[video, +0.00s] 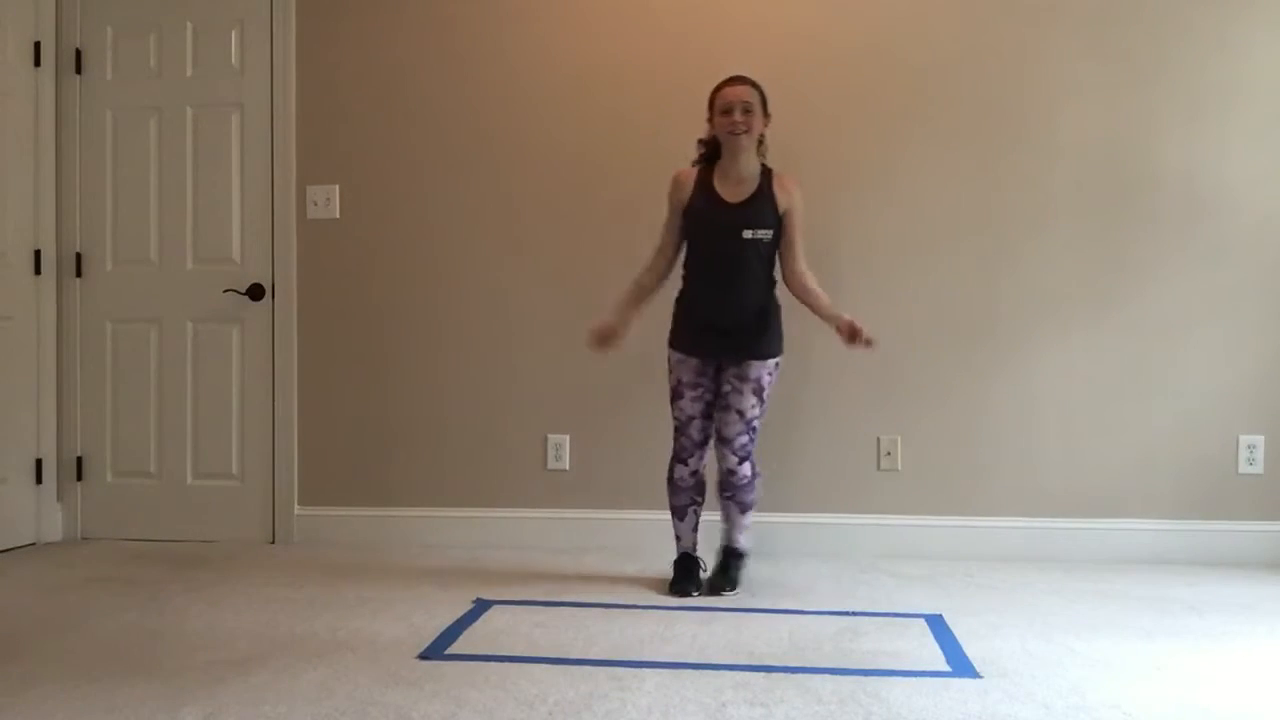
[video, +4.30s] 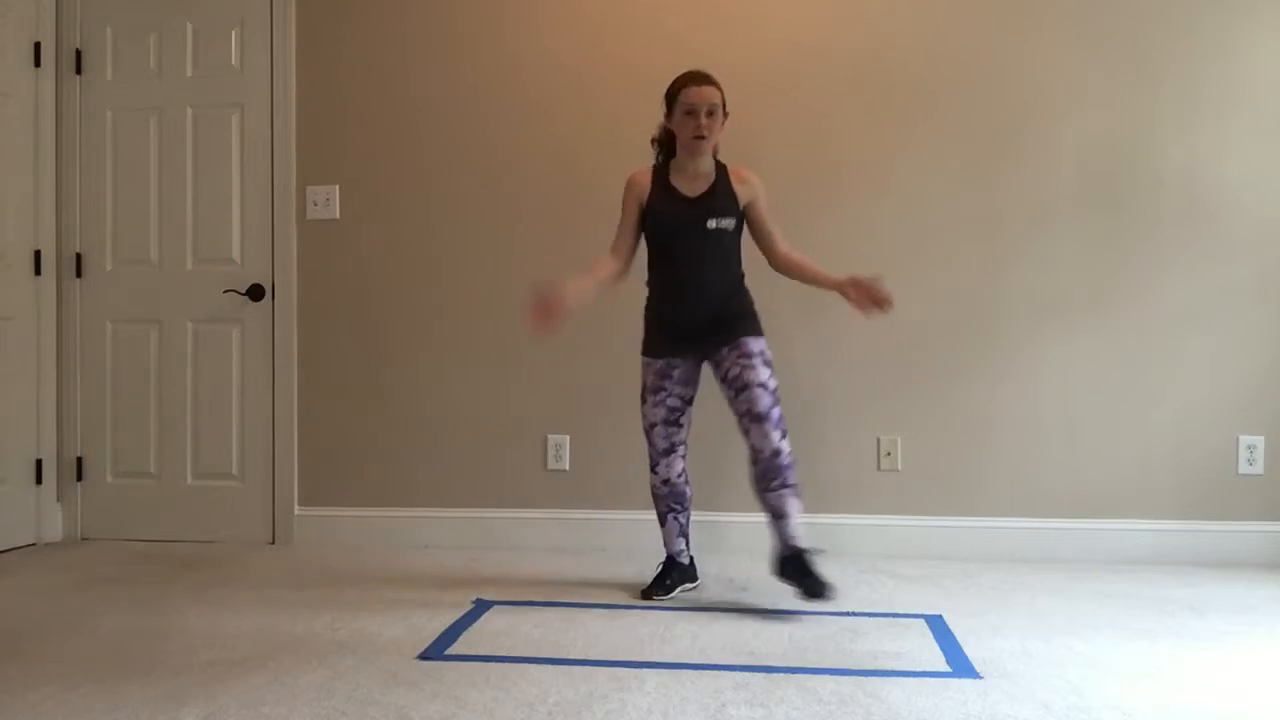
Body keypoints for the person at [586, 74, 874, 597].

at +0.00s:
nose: (736, 118)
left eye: (747, 110)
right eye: (726, 110)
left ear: (764, 121)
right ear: (711, 122)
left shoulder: (781, 189)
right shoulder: (688, 182)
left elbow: (795, 273)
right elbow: (661, 261)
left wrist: (837, 319)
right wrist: (620, 318)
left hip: (754, 342)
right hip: (692, 337)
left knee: (735, 451)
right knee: (688, 449)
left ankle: (733, 551)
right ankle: (685, 556)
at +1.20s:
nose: (716, 132)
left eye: (726, 123)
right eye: (705, 123)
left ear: (739, 130)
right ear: (688, 132)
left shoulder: (756, 197)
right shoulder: (664, 191)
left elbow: (781, 269)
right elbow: (632, 253)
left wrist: (804, 322)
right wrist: (606, 275)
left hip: (736, 343)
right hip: (676, 341)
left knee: (727, 450)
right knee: (679, 449)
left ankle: (723, 555)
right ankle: (686, 557)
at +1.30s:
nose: (726, 133)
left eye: (731, 123)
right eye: (712, 127)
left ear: (740, 129)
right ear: (688, 138)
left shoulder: (754, 193)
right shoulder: (664, 192)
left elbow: (780, 260)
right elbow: (622, 252)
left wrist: (828, 251)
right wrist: (573, 209)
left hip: (737, 341)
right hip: (677, 340)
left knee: (729, 450)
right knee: (680, 449)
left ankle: (724, 556)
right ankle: (686, 557)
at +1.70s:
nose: (713, 140)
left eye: (719, 129)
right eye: (700, 133)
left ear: (727, 129)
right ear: (677, 141)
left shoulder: (749, 184)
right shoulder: (658, 195)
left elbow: (817, 210)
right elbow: (595, 235)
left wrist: (794, 250)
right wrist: (625, 266)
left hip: (738, 340)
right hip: (678, 341)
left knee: (728, 451)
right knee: (681, 450)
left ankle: (724, 556)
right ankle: (686, 558)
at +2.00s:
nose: (705, 129)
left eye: (713, 119)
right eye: (693, 121)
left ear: (724, 125)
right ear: (674, 130)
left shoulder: (750, 188)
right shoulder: (656, 192)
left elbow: (762, 265)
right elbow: (646, 268)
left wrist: (774, 333)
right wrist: (628, 333)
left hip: (736, 344)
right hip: (675, 343)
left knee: (728, 451)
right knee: (680, 451)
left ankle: (724, 555)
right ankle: (686, 557)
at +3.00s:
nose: (702, 131)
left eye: (710, 123)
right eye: (690, 123)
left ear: (721, 129)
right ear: (670, 131)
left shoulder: (739, 192)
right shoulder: (647, 190)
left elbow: (770, 252)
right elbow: (630, 263)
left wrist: (811, 282)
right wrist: (604, 308)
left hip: (723, 341)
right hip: (664, 341)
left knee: (721, 448)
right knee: (672, 450)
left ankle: (724, 555)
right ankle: (683, 556)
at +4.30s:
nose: (701, 122)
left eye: (711, 112)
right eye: (689, 112)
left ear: (724, 122)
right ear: (669, 120)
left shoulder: (741, 184)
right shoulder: (644, 185)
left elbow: (780, 256)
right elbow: (617, 260)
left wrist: (840, 284)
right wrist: (569, 291)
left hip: (732, 326)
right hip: (668, 331)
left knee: (767, 430)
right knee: (664, 450)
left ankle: (790, 551)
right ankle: (678, 560)